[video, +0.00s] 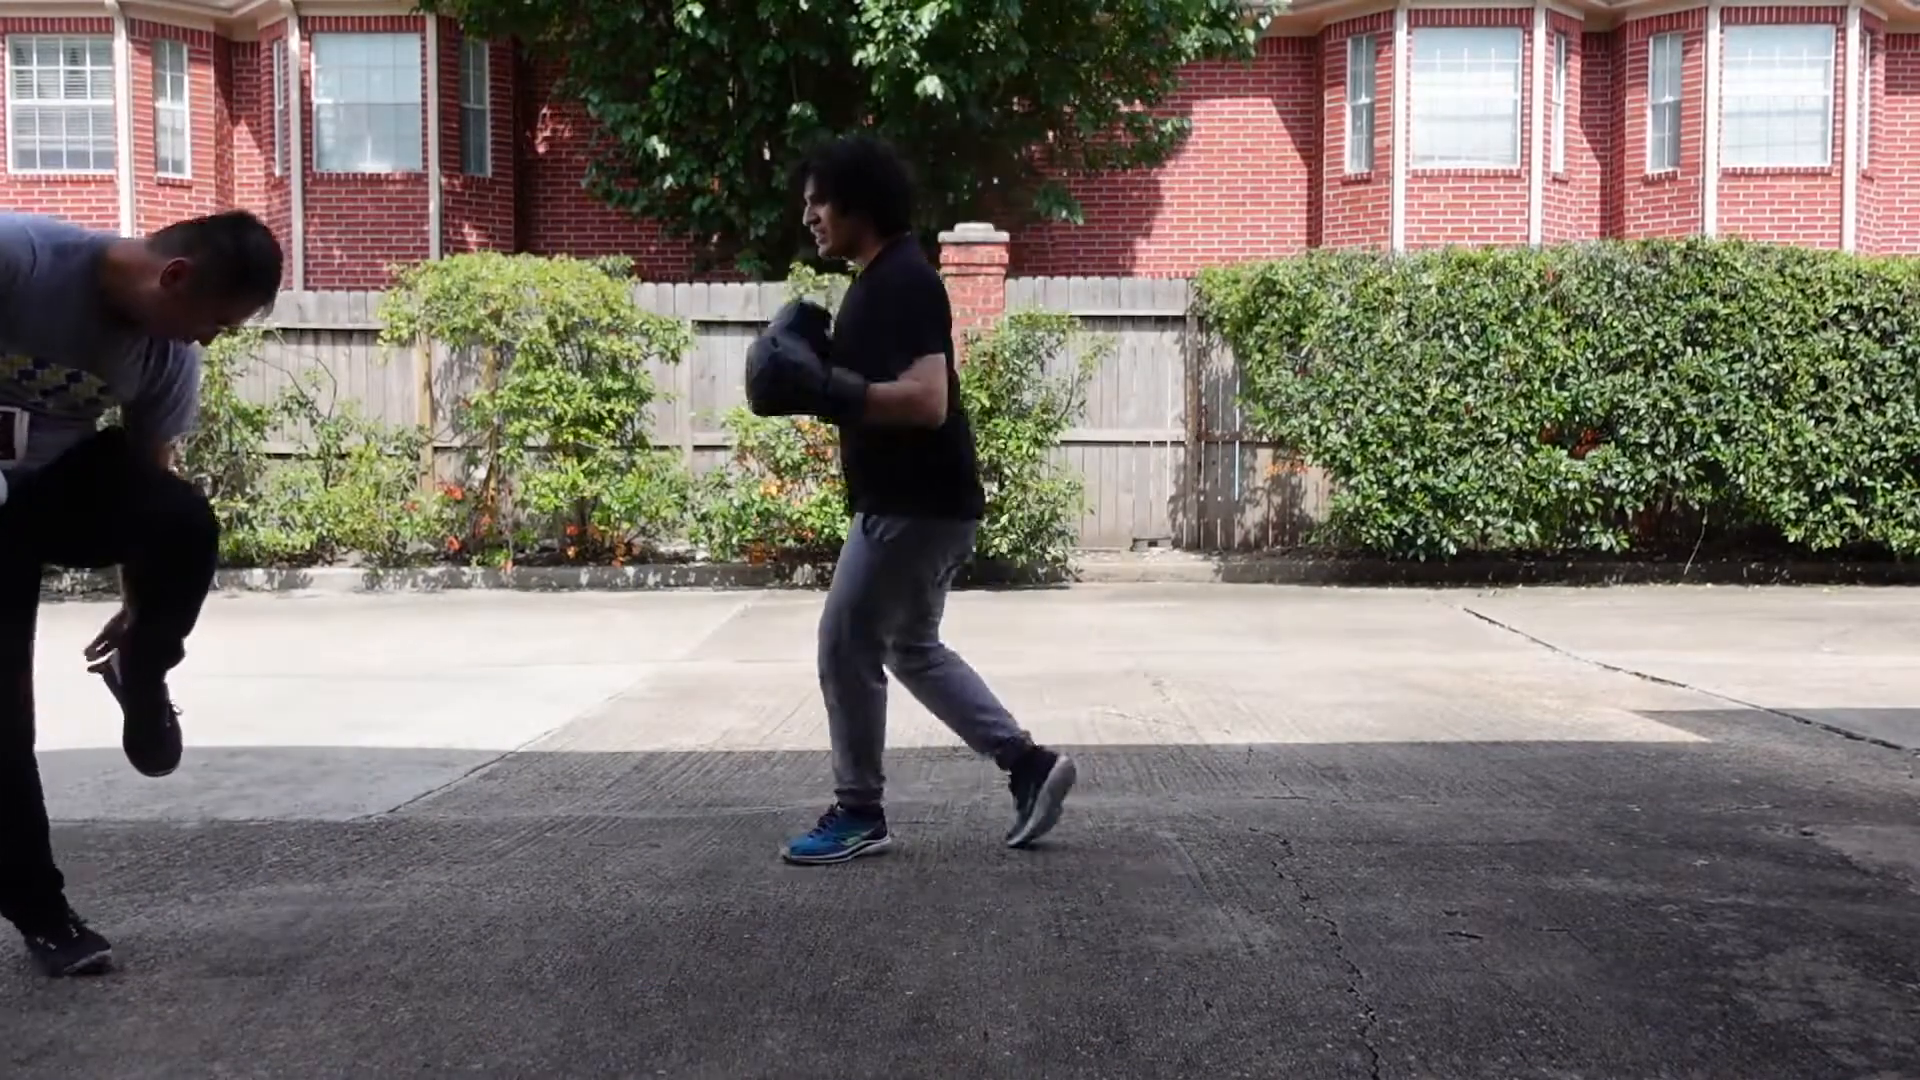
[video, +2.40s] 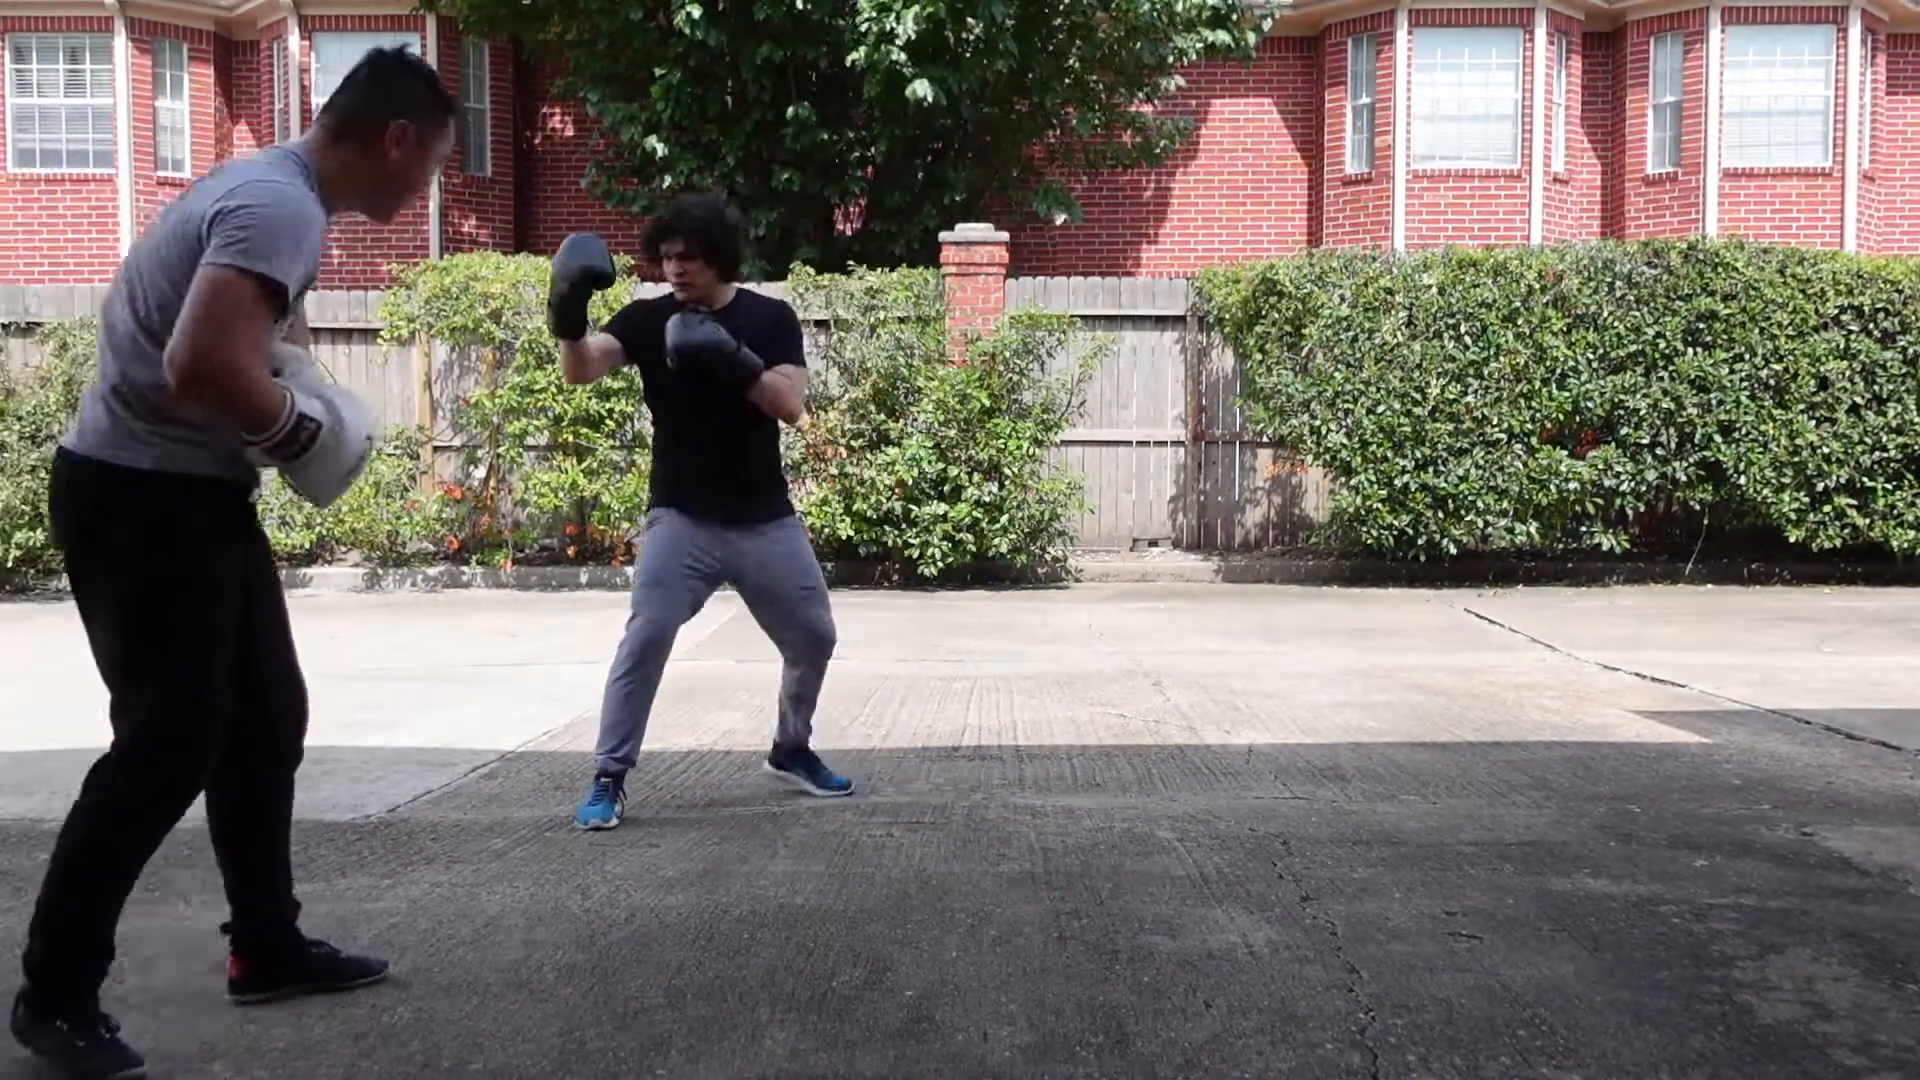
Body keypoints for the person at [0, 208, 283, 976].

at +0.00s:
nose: (207, 342)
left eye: (223, 331)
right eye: (214, 323)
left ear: (177, 277)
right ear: (175, 275)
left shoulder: (165, 361)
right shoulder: (20, 260)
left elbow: (150, 492)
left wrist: (136, 607)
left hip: (65, 492)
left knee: (183, 520)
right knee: (3, 719)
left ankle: (140, 667)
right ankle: (41, 915)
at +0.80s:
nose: (164, 371)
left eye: (181, 362)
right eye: (157, 355)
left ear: (209, 341)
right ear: (119, 296)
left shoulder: (203, 348)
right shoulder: (18, 292)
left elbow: (199, 456)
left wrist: (194, 571)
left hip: (100, 471)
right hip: (9, 488)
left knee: (219, 533)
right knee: (9, 709)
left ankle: (219, 756)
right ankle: (43, 908)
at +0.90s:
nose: (156, 341)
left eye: (171, 333)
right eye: (150, 325)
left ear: (202, 307)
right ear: (117, 264)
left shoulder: (199, 294)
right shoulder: (16, 269)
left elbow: (215, 399)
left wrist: (252, 512)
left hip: (128, 497)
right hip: (18, 510)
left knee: (213, 658)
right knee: (13, 709)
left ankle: (207, 873)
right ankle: (45, 910)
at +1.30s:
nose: (232, 220)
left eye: (250, 205)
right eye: (221, 201)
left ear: (269, 186)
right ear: (172, 146)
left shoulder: (265, 214)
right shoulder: (57, 204)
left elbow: (330, 348)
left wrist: (217, 377)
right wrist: (30, 428)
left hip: (190, 501)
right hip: (59, 503)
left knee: (206, 714)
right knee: (55, 718)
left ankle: (174, 922)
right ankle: (18, 945)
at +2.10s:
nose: (351, 209)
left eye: (363, 191)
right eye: (352, 183)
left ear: (293, 145)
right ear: (290, 140)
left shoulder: (249, 215)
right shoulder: (144, 203)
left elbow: (257, 323)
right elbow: (21, 332)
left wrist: (245, 405)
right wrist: (131, 431)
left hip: (126, 479)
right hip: (36, 476)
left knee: (173, 709)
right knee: (63, 732)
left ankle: (164, 937)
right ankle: (40, 1011)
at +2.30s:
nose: (412, 188)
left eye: (421, 164)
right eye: (413, 161)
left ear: (351, 139)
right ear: (362, 142)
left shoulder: (277, 215)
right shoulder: (233, 207)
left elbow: (232, 339)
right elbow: (115, 353)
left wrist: (270, 412)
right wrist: (216, 429)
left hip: (157, 490)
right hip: (88, 489)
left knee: (214, 727)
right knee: (112, 739)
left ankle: (261, 949)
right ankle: (46, 1017)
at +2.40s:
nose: (427, 184)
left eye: (436, 162)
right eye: (431, 159)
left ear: (363, 127)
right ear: (390, 136)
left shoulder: (279, 196)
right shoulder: (275, 205)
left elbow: (240, 339)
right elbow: (200, 365)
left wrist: (303, 402)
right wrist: (294, 431)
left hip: (201, 489)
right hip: (138, 492)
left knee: (265, 719)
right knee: (168, 742)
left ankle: (266, 946)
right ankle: (52, 1000)